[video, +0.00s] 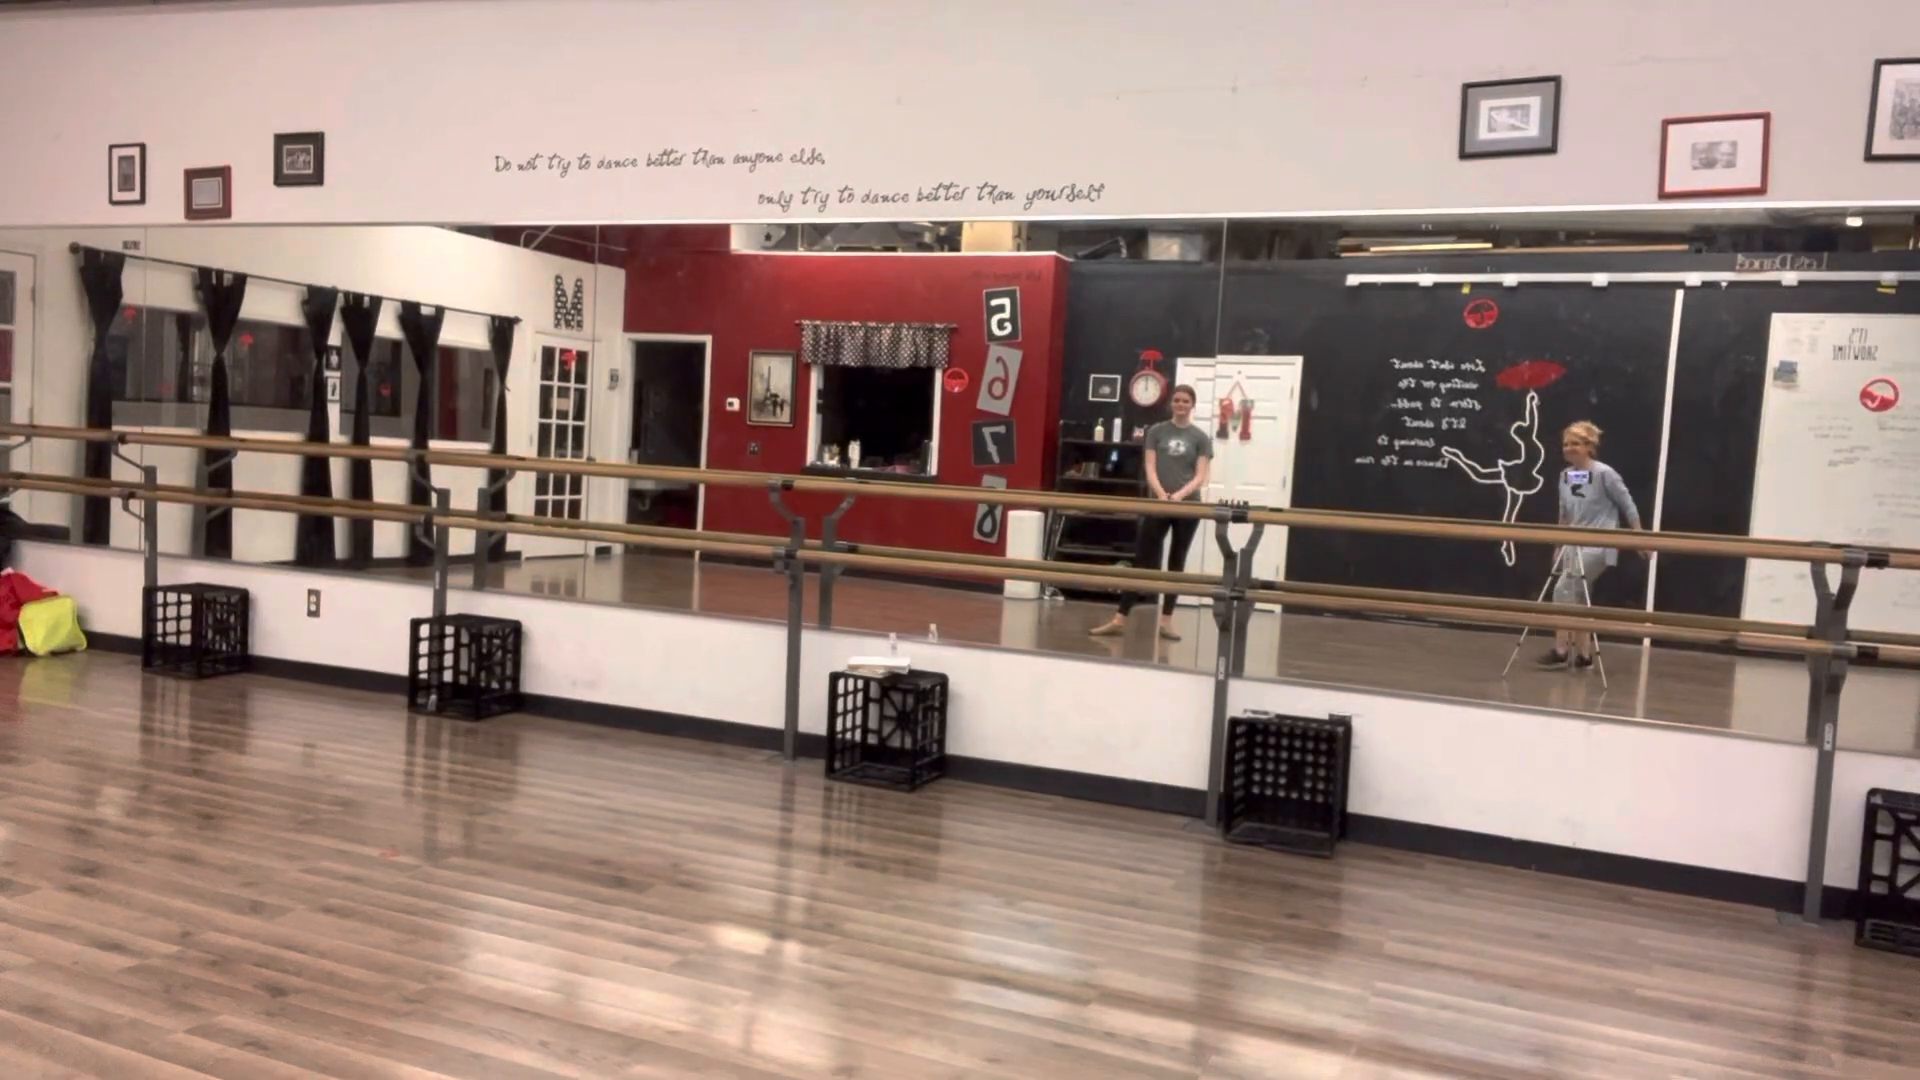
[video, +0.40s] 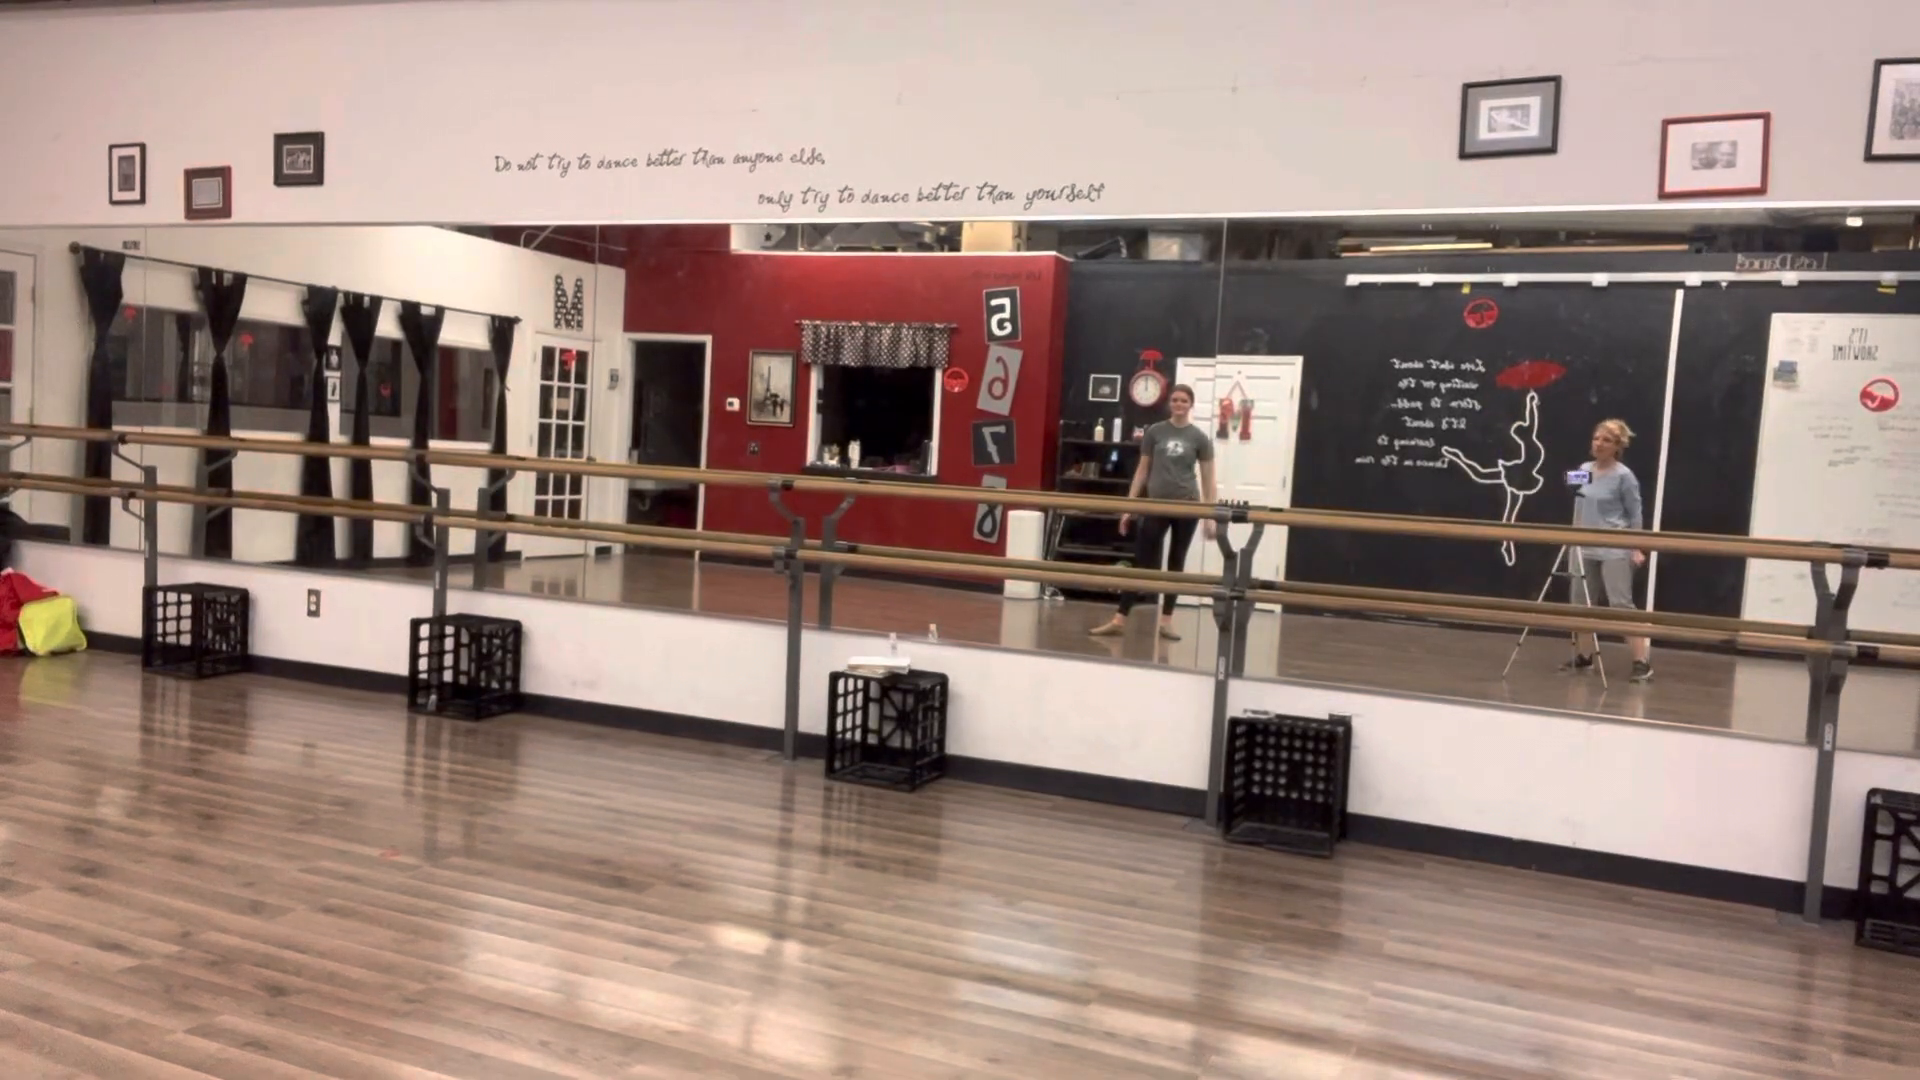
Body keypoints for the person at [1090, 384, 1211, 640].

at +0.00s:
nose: (1180, 405)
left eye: (1185, 401)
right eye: (1177, 401)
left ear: (1193, 406)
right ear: (1171, 403)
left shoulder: (1201, 438)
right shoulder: (1155, 432)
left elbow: (1201, 476)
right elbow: (1150, 468)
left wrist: (1179, 494)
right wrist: (1160, 493)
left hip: (1187, 504)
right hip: (1159, 501)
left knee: (1176, 560)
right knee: (1143, 555)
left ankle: (1166, 619)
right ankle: (1120, 617)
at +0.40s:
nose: (1178, 405)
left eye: (1183, 401)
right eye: (1175, 400)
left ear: (1191, 405)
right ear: (1169, 403)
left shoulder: (1200, 439)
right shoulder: (1153, 433)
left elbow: (1208, 480)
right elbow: (1141, 472)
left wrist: (1209, 515)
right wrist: (1129, 507)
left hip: (1185, 510)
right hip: (1155, 507)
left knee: (1176, 564)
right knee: (1142, 560)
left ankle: (1165, 620)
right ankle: (1120, 617)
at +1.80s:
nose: (1180, 404)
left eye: (1184, 401)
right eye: (1176, 400)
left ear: (1192, 405)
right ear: (1170, 404)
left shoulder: (1203, 437)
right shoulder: (1155, 432)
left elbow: (1214, 473)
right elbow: (1142, 469)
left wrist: (1223, 505)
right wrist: (1124, 506)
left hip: (1187, 510)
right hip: (1156, 507)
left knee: (1176, 564)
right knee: (1142, 560)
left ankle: (1165, 619)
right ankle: (1120, 618)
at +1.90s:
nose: (1180, 404)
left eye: (1185, 401)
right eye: (1176, 400)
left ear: (1192, 405)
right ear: (1170, 404)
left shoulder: (1203, 437)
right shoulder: (1155, 432)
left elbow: (1214, 473)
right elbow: (1142, 469)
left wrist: (1224, 504)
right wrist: (1124, 505)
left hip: (1187, 510)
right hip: (1156, 507)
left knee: (1176, 563)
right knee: (1142, 559)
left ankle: (1165, 619)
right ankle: (1120, 618)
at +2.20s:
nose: (1181, 405)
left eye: (1185, 401)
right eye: (1177, 401)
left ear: (1193, 405)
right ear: (1171, 404)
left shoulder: (1202, 439)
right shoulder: (1155, 432)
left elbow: (1207, 480)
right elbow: (1144, 471)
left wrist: (1204, 513)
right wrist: (1138, 507)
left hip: (1186, 510)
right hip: (1155, 507)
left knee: (1176, 565)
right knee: (1142, 561)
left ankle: (1165, 619)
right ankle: (1120, 617)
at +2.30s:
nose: (1181, 405)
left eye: (1185, 401)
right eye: (1177, 401)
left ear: (1193, 405)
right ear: (1171, 404)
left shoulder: (1202, 438)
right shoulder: (1155, 432)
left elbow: (1203, 476)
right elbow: (1147, 469)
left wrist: (1189, 505)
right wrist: (1153, 500)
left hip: (1185, 507)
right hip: (1157, 504)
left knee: (1176, 563)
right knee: (1142, 558)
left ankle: (1166, 619)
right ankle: (1120, 617)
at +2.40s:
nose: (1180, 405)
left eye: (1185, 401)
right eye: (1177, 401)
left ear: (1193, 405)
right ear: (1171, 404)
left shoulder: (1202, 438)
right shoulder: (1155, 432)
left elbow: (1201, 476)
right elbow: (1149, 469)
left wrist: (1179, 494)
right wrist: (1162, 492)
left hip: (1187, 504)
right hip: (1158, 501)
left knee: (1177, 560)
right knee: (1143, 556)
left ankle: (1166, 619)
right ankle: (1120, 616)